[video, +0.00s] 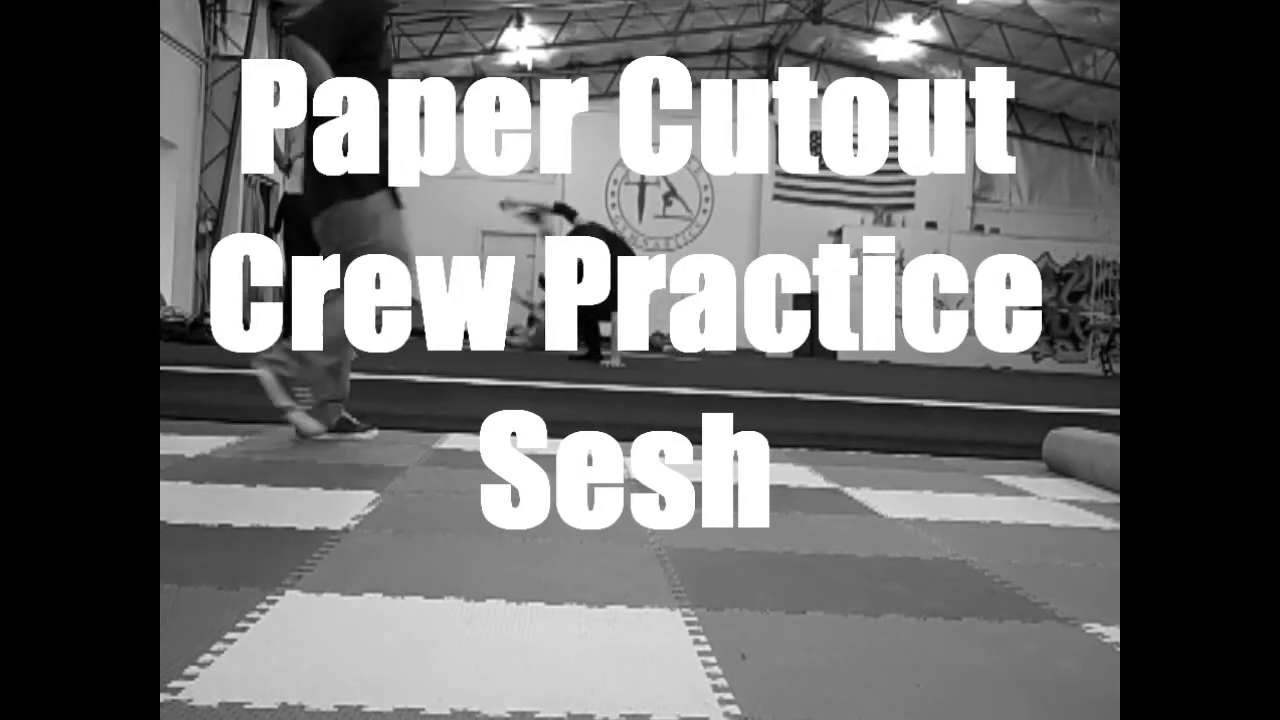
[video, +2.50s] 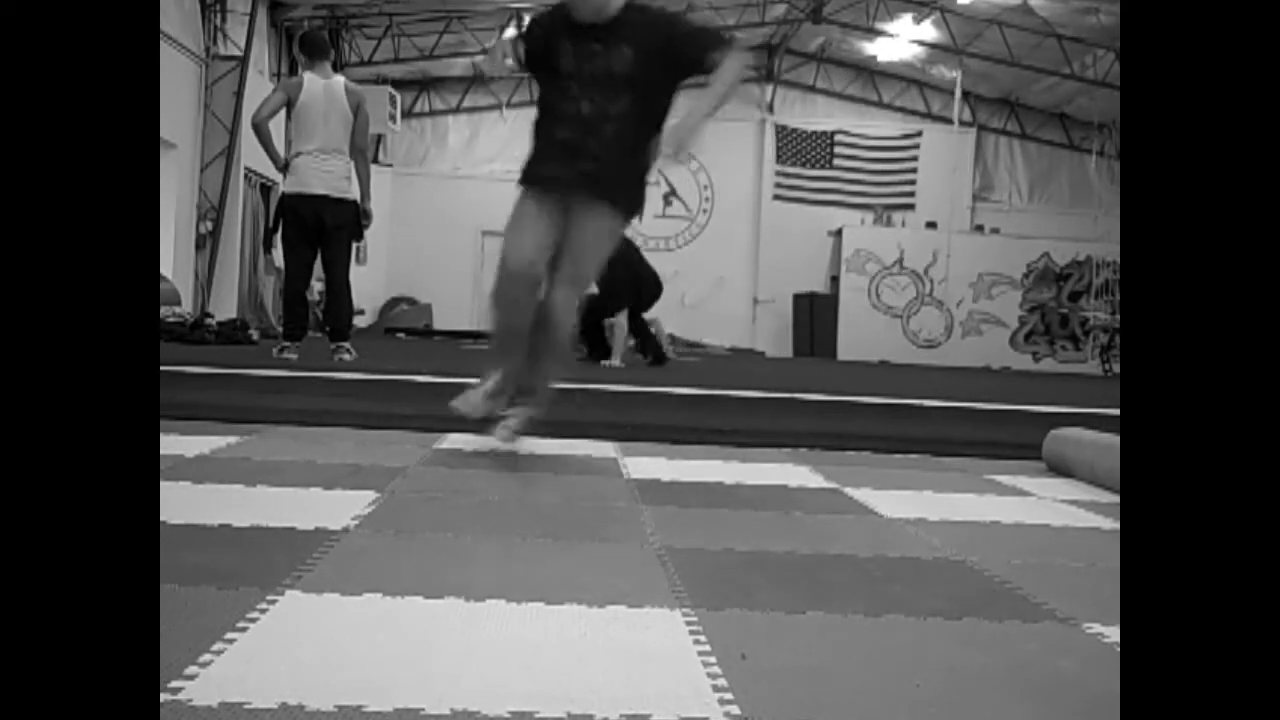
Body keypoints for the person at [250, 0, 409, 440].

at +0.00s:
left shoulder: (372, 20)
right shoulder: (360, 7)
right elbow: (300, 42)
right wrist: (334, 108)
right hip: (349, 177)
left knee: (350, 290)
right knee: (388, 284)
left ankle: (328, 407)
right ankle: (288, 366)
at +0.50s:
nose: (511, 21)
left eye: (513, 17)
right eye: (508, 14)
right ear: (489, 9)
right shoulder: (467, 39)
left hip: (422, 200)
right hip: (468, 199)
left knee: (405, 308)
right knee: (484, 310)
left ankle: (345, 384)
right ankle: (474, 420)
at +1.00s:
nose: (621, 27)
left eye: (622, 16)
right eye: (619, 15)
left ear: (579, 8)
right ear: (597, 9)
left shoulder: (545, 47)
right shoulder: (574, 43)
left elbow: (488, 105)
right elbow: (539, 88)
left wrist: (517, 159)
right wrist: (549, 164)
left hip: (534, 194)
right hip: (550, 196)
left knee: (569, 316)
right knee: (538, 313)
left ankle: (563, 416)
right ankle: (477, 413)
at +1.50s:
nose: (682, 43)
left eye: (689, 34)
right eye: (676, 32)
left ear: (693, 32)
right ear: (649, 20)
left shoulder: (688, 79)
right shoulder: (609, 62)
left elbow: (721, 134)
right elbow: (547, 110)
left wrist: (750, 180)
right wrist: (574, 166)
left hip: (649, 211)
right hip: (611, 207)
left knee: (629, 318)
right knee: (660, 315)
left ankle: (571, 408)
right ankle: (684, 425)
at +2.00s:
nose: (683, 71)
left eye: (693, 59)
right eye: (673, 60)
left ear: (711, 52)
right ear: (660, 54)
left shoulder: (744, 94)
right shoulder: (641, 99)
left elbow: (820, 117)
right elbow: (597, 150)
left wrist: (839, 177)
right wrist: (644, 117)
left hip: (735, 233)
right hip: (671, 241)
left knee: (743, 328)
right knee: (713, 358)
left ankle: (773, 420)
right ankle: (777, 418)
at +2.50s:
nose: (579, 8)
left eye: (587, 4)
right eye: (574, 5)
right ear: (568, 0)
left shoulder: (655, 28)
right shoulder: (552, 26)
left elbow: (734, 59)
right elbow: (507, 59)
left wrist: (687, 128)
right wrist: (495, 60)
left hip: (610, 183)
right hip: (548, 174)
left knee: (562, 294)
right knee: (515, 269)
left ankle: (530, 405)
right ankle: (505, 374)